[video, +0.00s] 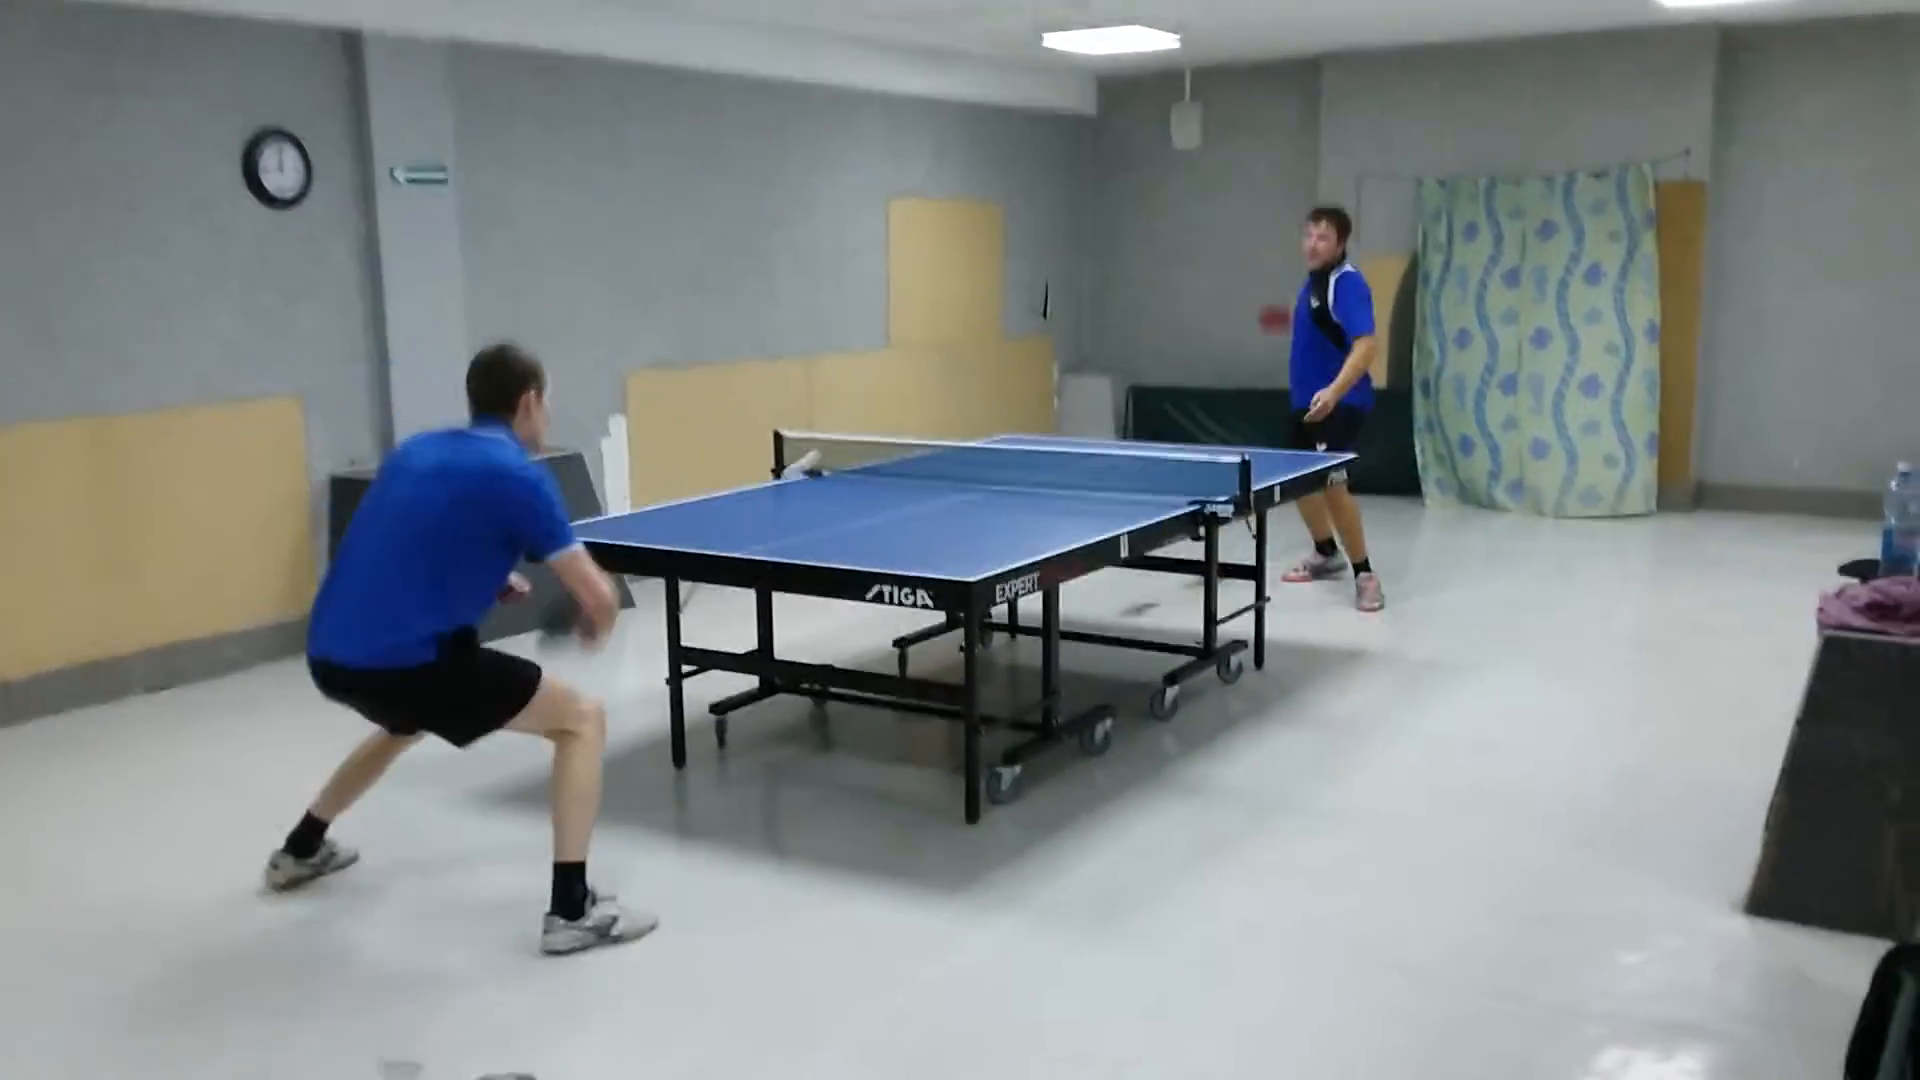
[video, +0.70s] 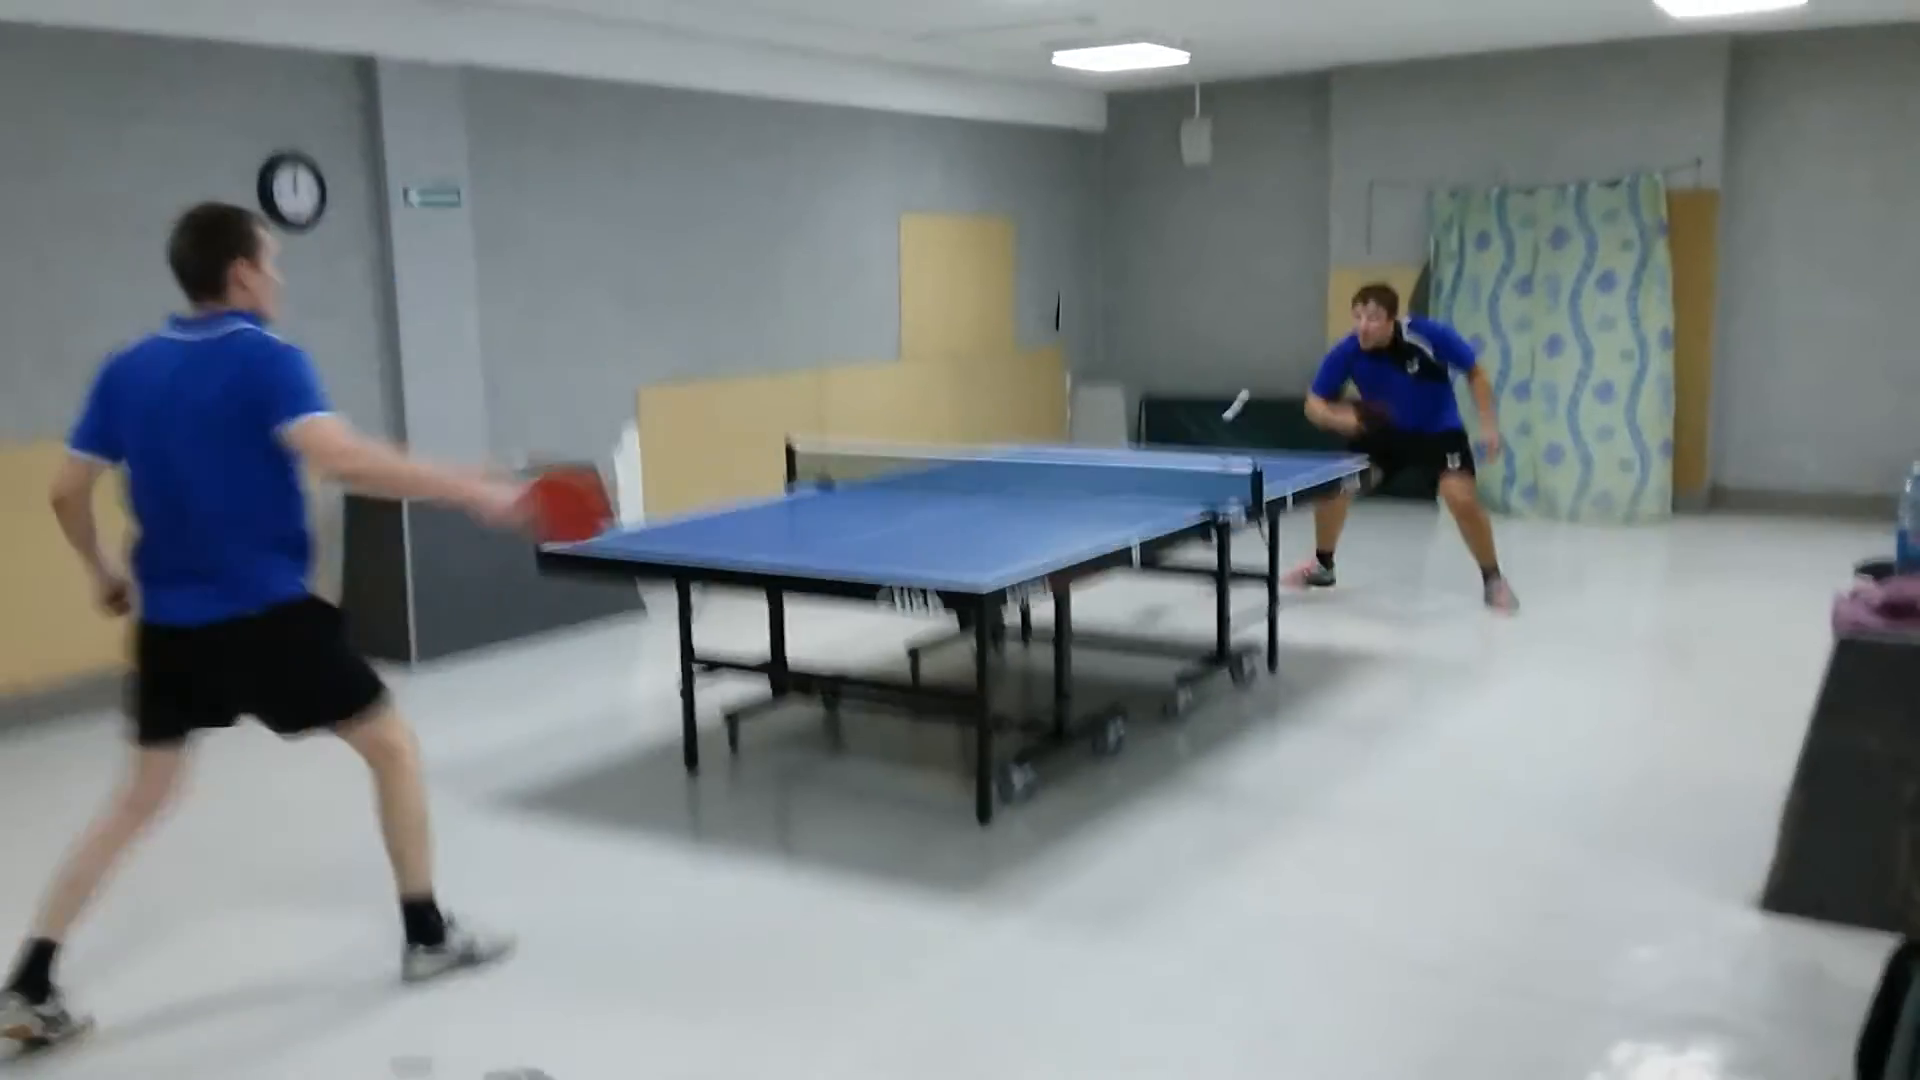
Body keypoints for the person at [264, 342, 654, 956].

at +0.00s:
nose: (546, 417)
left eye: (545, 405)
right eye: (544, 405)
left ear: (476, 402)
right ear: (528, 405)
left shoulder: (417, 449)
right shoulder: (519, 475)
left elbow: (405, 539)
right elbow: (596, 595)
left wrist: (489, 577)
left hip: (334, 657)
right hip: (412, 666)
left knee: (407, 721)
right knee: (581, 718)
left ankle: (300, 849)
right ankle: (571, 909)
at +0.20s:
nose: (511, 393)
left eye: (510, 381)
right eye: (509, 381)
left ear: (438, 386)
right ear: (493, 382)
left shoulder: (381, 437)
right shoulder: (485, 473)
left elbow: (326, 509)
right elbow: (600, 566)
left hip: (338, 658)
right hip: (409, 666)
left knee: (425, 706)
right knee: (588, 709)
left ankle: (306, 836)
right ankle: (576, 899)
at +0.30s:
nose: (472, 338)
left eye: (467, 324)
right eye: (467, 325)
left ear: (398, 334)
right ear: (450, 331)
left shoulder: (340, 385)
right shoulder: (464, 419)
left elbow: (252, 408)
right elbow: (581, 429)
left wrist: (313, 444)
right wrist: (694, 383)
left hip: (326, 615)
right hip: (406, 624)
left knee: (401, 681)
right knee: (567, 702)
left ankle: (311, 823)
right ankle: (582, 884)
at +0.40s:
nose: (410, 268)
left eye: (402, 254)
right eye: (403, 256)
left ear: (332, 267)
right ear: (388, 263)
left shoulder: (269, 327)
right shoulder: (416, 339)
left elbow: (140, 359)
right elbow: (568, 338)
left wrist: (179, 402)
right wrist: (700, 320)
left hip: (275, 582)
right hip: (367, 584)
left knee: (301, 679)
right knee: (474, 715)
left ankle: (291, 825)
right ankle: (547, 891)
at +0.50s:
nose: (360, 220)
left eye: (354, 206)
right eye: (353, 207)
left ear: (275, 218)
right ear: (330, 216)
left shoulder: (212, 291)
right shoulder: (363, 292)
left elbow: (91, 359)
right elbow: (510, 319)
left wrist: (73, 408)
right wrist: (647, 308)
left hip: (237, 555)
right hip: (338, 551)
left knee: (266, 683)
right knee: (430, 721)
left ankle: (212, 856)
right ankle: (447, 920)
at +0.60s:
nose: (307, 230)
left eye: (301, 214)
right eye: (300, 217)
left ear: (221, 230)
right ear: (277, 227)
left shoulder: (161, 315)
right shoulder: (309, 302)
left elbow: (65, 418)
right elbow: (411, 357)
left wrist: (46, 477)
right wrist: (558, 361)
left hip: (215, 587)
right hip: (318, 578)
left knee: (218, 725)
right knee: (396, 744)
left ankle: (109, 889)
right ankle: (421, 937)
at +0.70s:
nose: (278, 280)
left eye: (275, 264)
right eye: (272, 265)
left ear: (194, 280)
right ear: (242, 274)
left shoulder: (132, 367)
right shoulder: (267, 355)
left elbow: (68, 492)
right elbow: (334, 455)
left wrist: (101, 572)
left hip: (171, 634)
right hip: (273, 621)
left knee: (142, 792)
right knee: (391, 748)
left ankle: (29, 979)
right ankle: (427, 932)